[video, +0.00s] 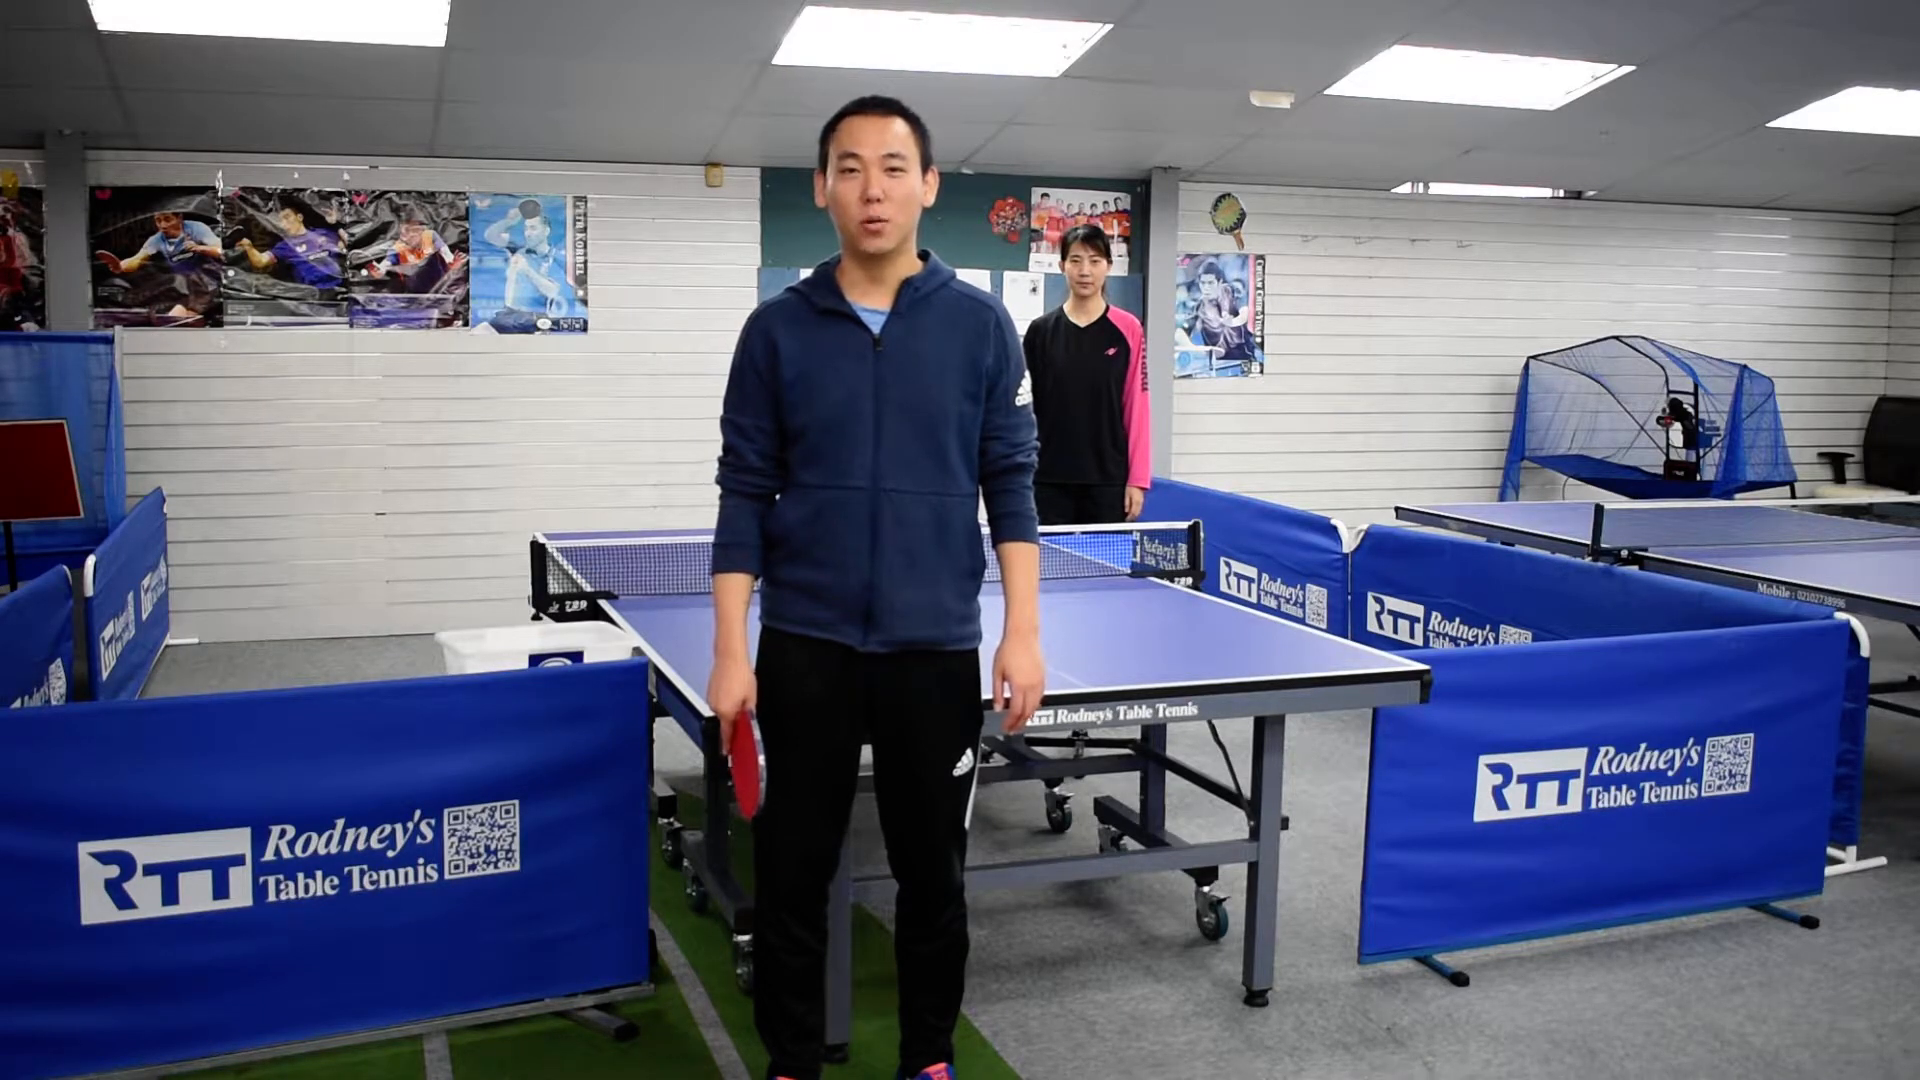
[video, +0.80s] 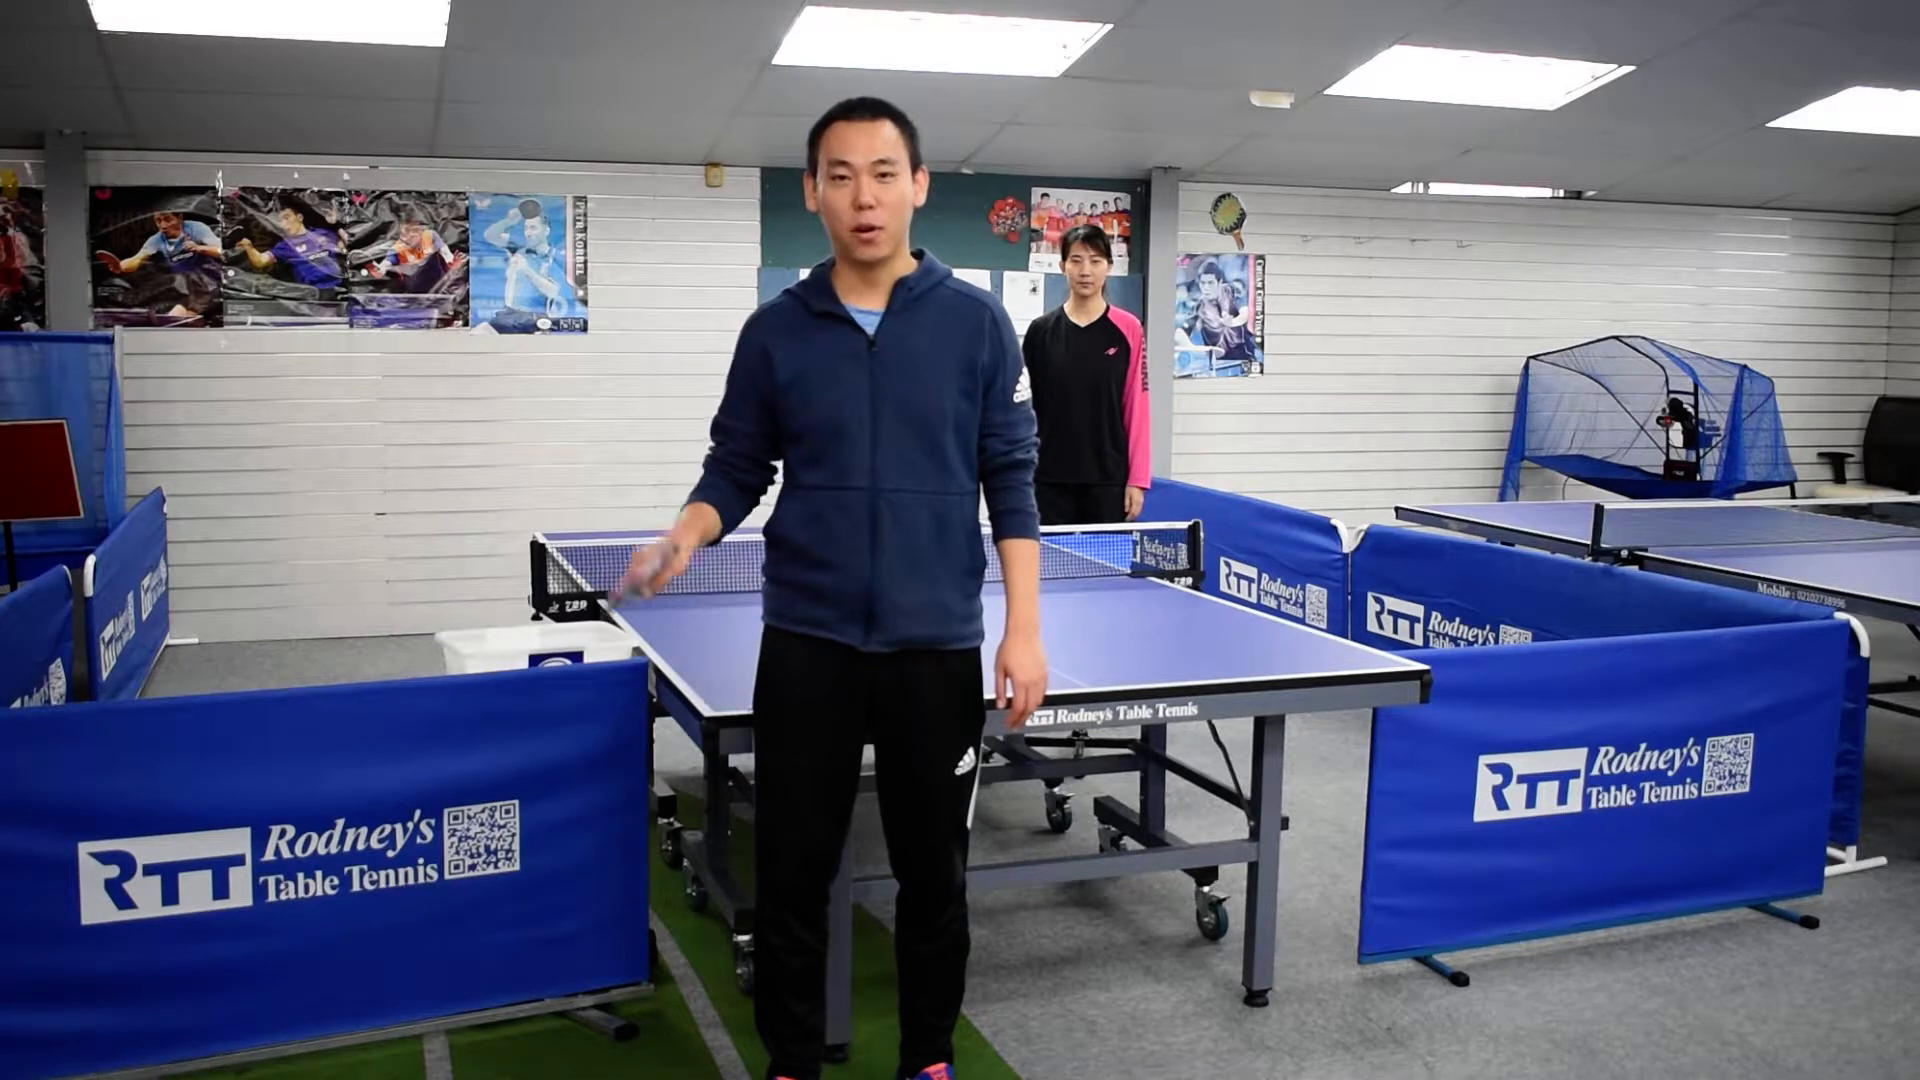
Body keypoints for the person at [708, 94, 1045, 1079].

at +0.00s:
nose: (870, 188)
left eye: (893, 168)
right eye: (849, 169)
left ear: (927, 189)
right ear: (824, 191)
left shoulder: (979, 325)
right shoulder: (777, 329)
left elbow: (1012, 482)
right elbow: (742, 490)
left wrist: (1023, 631)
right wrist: (730, 650)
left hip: (934, 644)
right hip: (806, 643)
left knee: (932, 874)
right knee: (791, 875)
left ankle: (930, 1060)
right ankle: (791, 1062)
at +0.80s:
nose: (864, 195)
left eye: (884, 173)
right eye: (842, 176)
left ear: (919, 187)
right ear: (814, 194)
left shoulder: (976, 323)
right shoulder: (777, 328)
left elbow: (1010, 478)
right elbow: (736, 467)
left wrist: (1025, 628)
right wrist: (682, 539)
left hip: (936, 640)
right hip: (808, 636)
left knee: (931, 869)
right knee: (793, 867)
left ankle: (928, 1058)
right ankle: (792, 1062)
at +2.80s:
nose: (869, 185)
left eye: (891, 166)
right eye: (848, 167)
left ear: (926, 188)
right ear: (824, 191)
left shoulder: (981, 326)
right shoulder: (779, 329)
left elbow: (1014, 482)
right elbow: (745, 489)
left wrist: (1024, 632)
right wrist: (742, 645)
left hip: (934, 647)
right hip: (803, 645)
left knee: (932, 876)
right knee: (791, 881)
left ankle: (929, 1061)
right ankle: (791, 1063)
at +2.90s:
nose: (868, 184)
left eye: (890, 165)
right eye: (847, 167)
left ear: (925, 188)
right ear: (823, 191)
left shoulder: (980, 326)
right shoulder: (779, 329)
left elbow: (1013, 483)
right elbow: (744, 489)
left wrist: (1022, 631)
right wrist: (741, 645)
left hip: (933, 647)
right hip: (803, 645)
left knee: (932, 875)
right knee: (791, 881)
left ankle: (930, 1060)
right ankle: (791, 1062)